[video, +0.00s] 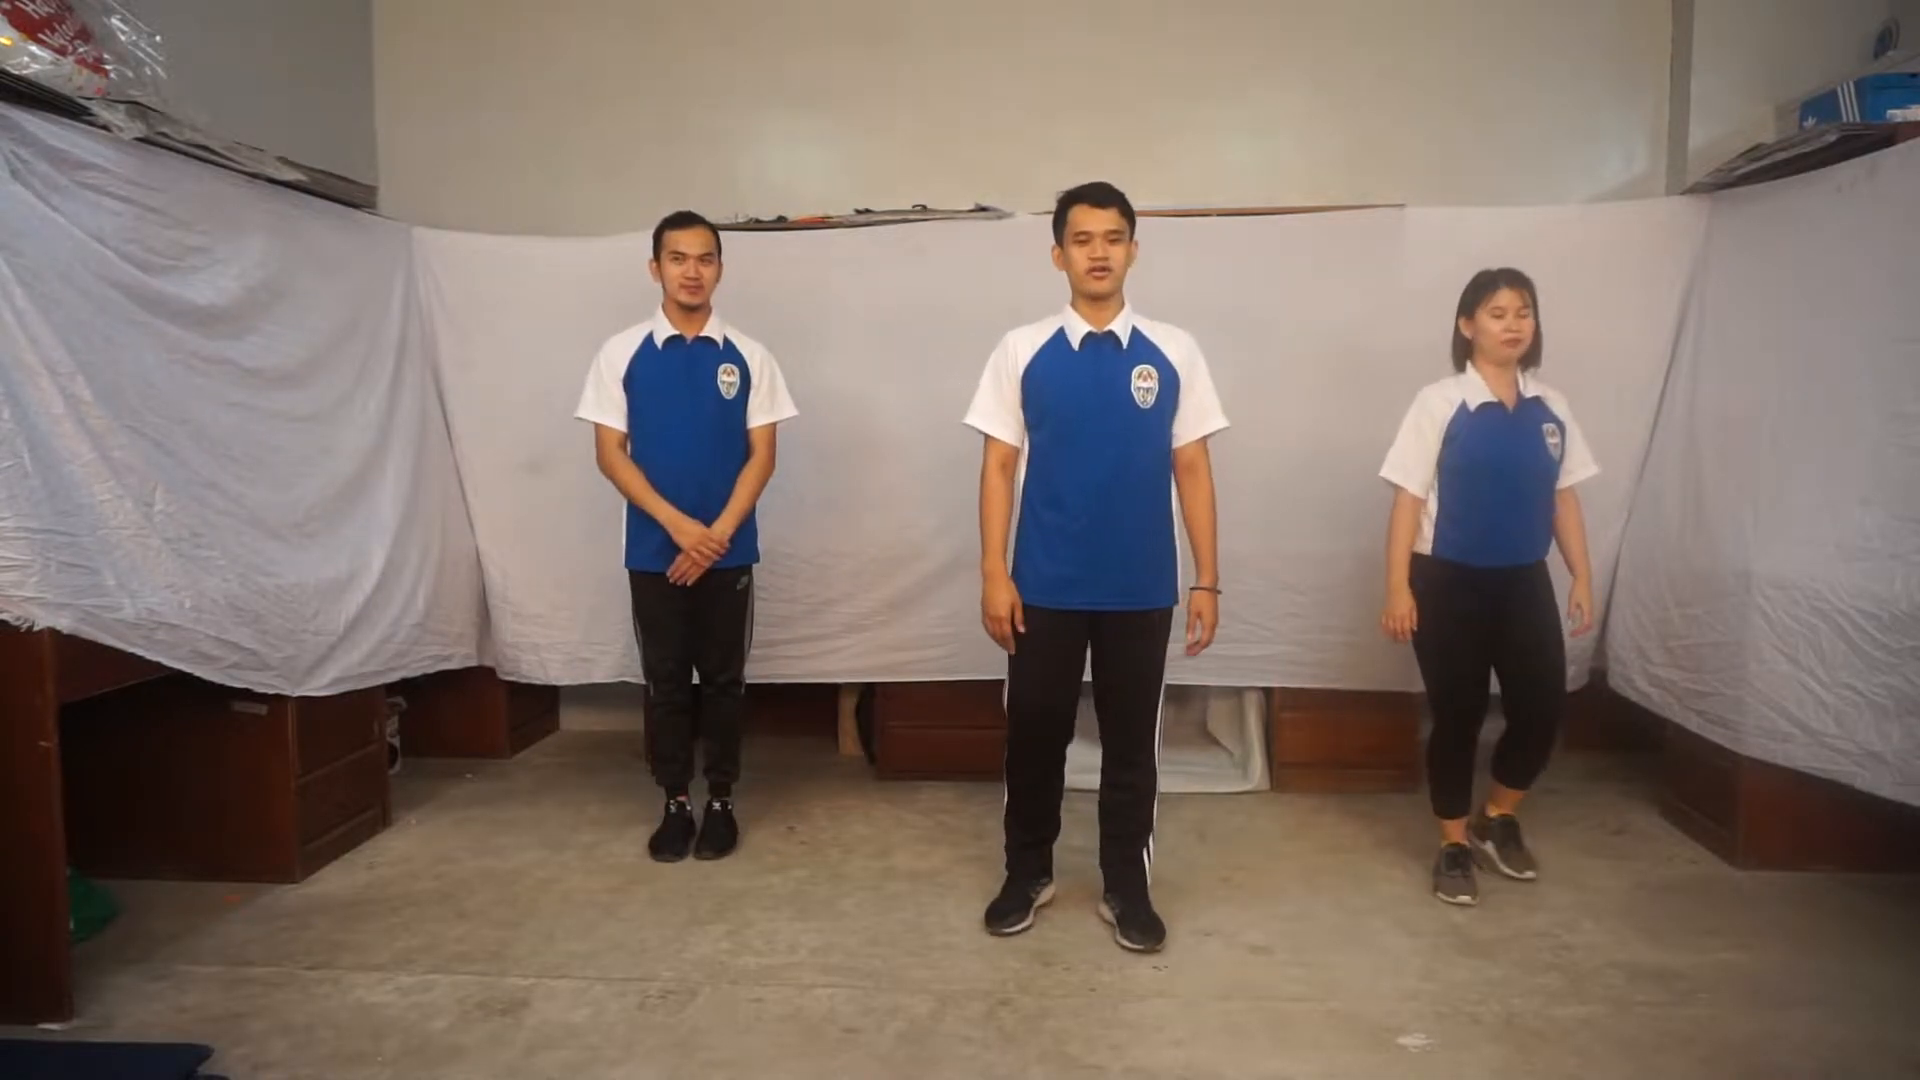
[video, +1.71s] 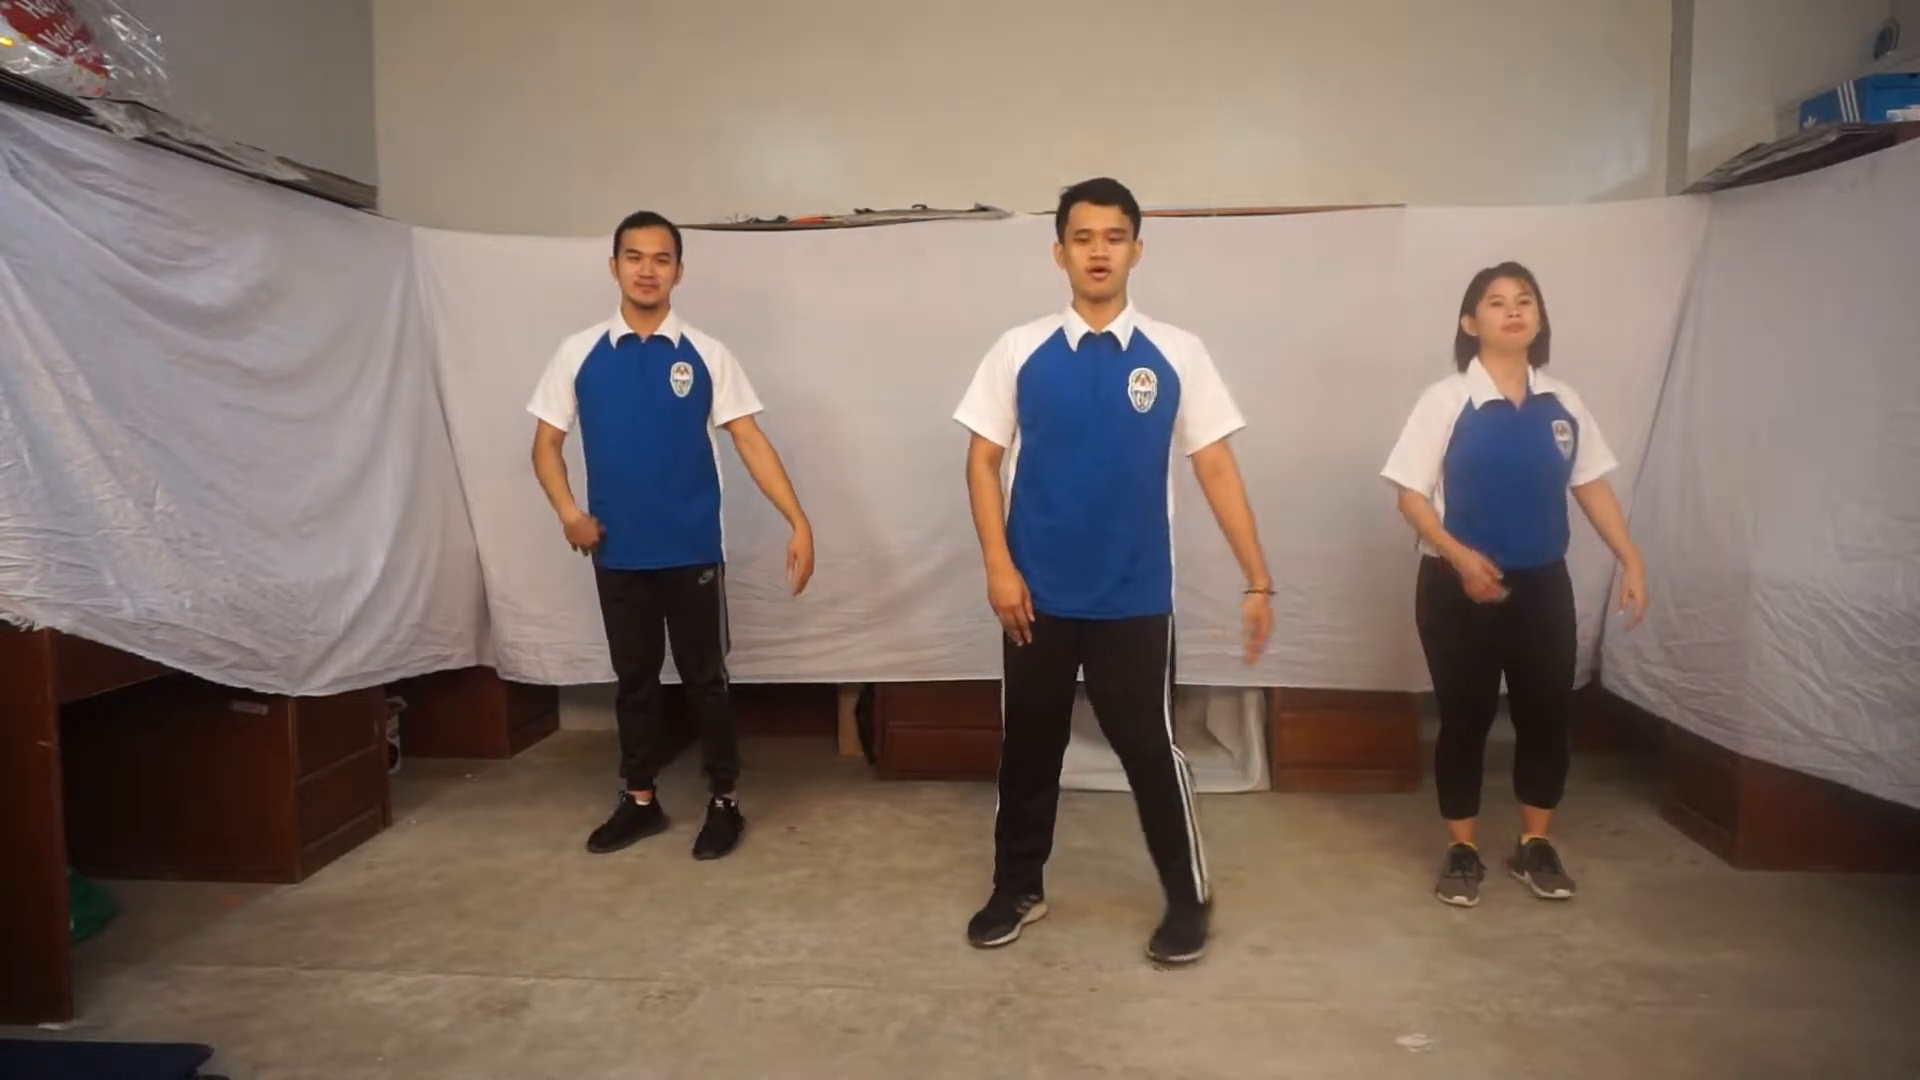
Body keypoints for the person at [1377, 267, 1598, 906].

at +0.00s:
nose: (1513, 323)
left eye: (1522, 313)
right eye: (1497, 313)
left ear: (1535, 325)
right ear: (1468, 325)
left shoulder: (1549, 405)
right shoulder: (1438, 401)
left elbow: (1564, 500)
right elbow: (1406, 500)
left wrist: (1581, 576)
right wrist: (1397, 587)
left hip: (1525, 586)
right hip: (1449, 584)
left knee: (1541, 709)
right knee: (1457, 713)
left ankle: (1497, 817)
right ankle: (1453, 843)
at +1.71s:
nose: (1513, 311)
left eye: (1524, 303)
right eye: (1497, 303)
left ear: (1539, 320)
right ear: (1471, 321)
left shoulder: (1560, 399)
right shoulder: (1446, 398)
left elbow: (1591, 485)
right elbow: (1411, 496)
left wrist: (1630, 556)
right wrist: (1458, 554)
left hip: (1542, 586)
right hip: (1461, 586)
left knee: (1545, 713)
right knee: (1464, 719)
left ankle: (1536, 844)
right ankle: (1462, 847)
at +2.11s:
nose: (1549, 324)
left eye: (1563, 312)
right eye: (1535, 314)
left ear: (1587, 323)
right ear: (1516, 327)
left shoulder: (1619, 396)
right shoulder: (1495, 405)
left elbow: (1659, 494)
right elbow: (1424, 466)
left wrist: (1605, 554)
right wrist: (1392, 401)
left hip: (1602, 587)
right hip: (1515, 584)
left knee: (1585, 723)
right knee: (1493, 713)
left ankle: (1581, 861)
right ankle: (1466, 849)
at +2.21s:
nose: (1565, 328)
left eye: (1581, 316)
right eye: (1552, 317)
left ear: (1610, 328)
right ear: (1537, 328)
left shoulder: (1630, 409)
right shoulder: (1523, 396)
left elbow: (1627, 512)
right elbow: (1462, 407)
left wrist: (1527, 564)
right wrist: (1440, 336)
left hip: (1622, 584)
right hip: (1547, 583)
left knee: (1596, 712)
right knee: (1514, 710)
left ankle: (1582, 857)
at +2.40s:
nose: (1580, 340)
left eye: (1597, 328)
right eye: (1572, 326)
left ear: (1628, 339)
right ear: (1562, 329)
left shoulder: (1630, 412)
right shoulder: (1583, 389)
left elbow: (1589, 515)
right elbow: (1564, 307)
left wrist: (1536, 542)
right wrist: (1537, 231)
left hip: (1637, 584)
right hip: (1602, 580)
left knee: (1593, 716)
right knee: (1630, 722)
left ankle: (1583, 860)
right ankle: (1752, 842)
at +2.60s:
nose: (1592, 343)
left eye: (1609, 332)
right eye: (1587, 330)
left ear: (1643, 336)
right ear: (1585, 333)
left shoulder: (1630, 414)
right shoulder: (1648, 385)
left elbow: (1579, 525)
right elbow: (1631, 294)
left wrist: (1559, 536)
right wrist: (1618, 209)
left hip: (1657, 590)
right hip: (1680, 575)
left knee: (1588, 712)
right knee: (1722, 718)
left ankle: (1593, 866)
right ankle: (1781, 858)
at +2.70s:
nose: (1596, 344)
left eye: (1613, 332)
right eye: (1591, 330)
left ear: (1647, 338)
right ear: (1588, 334)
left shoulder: (1632, 415)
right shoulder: (1660, 386)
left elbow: (1581, 526)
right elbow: (1637, 299)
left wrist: (1565, 533)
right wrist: (1624, 215)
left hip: (1661, 593)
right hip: (1689, 577)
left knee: (1582, 713)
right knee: (1727, 721)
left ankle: (1598, 865)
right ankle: (1783, 859)